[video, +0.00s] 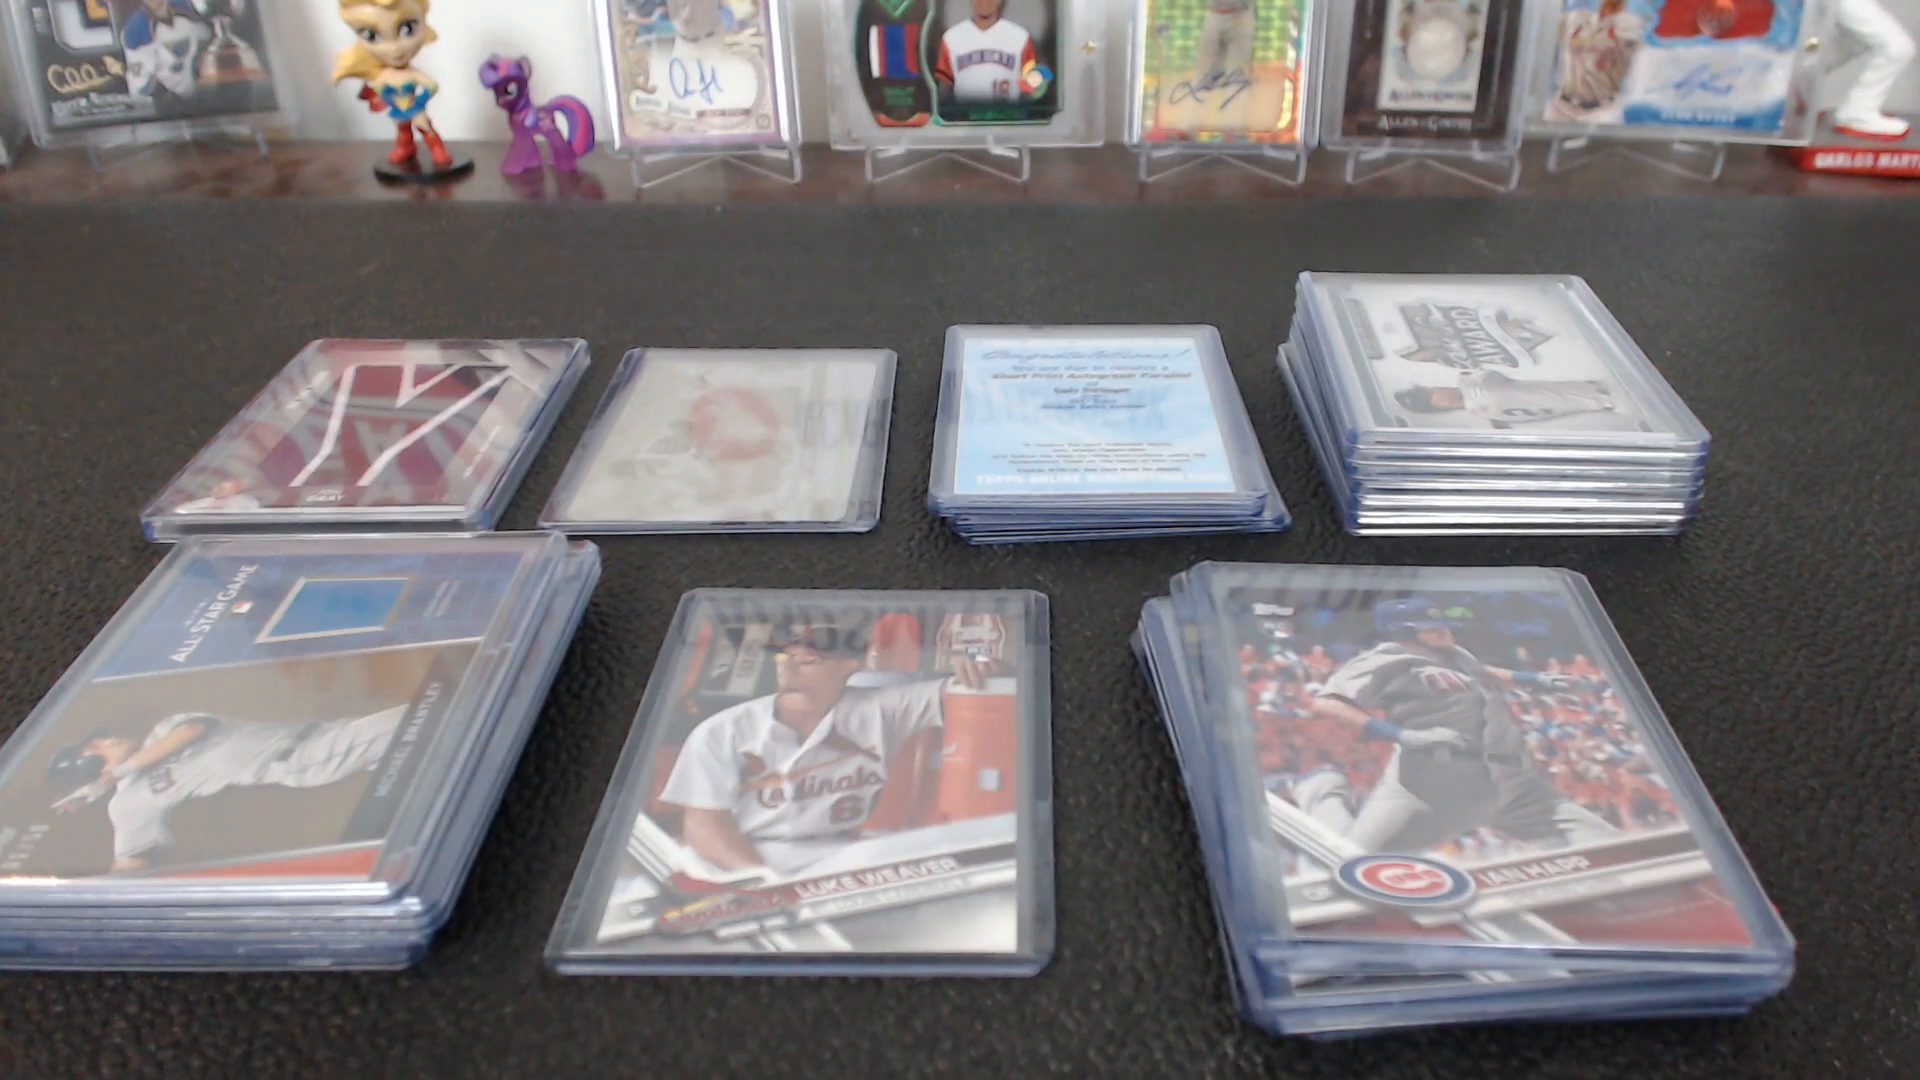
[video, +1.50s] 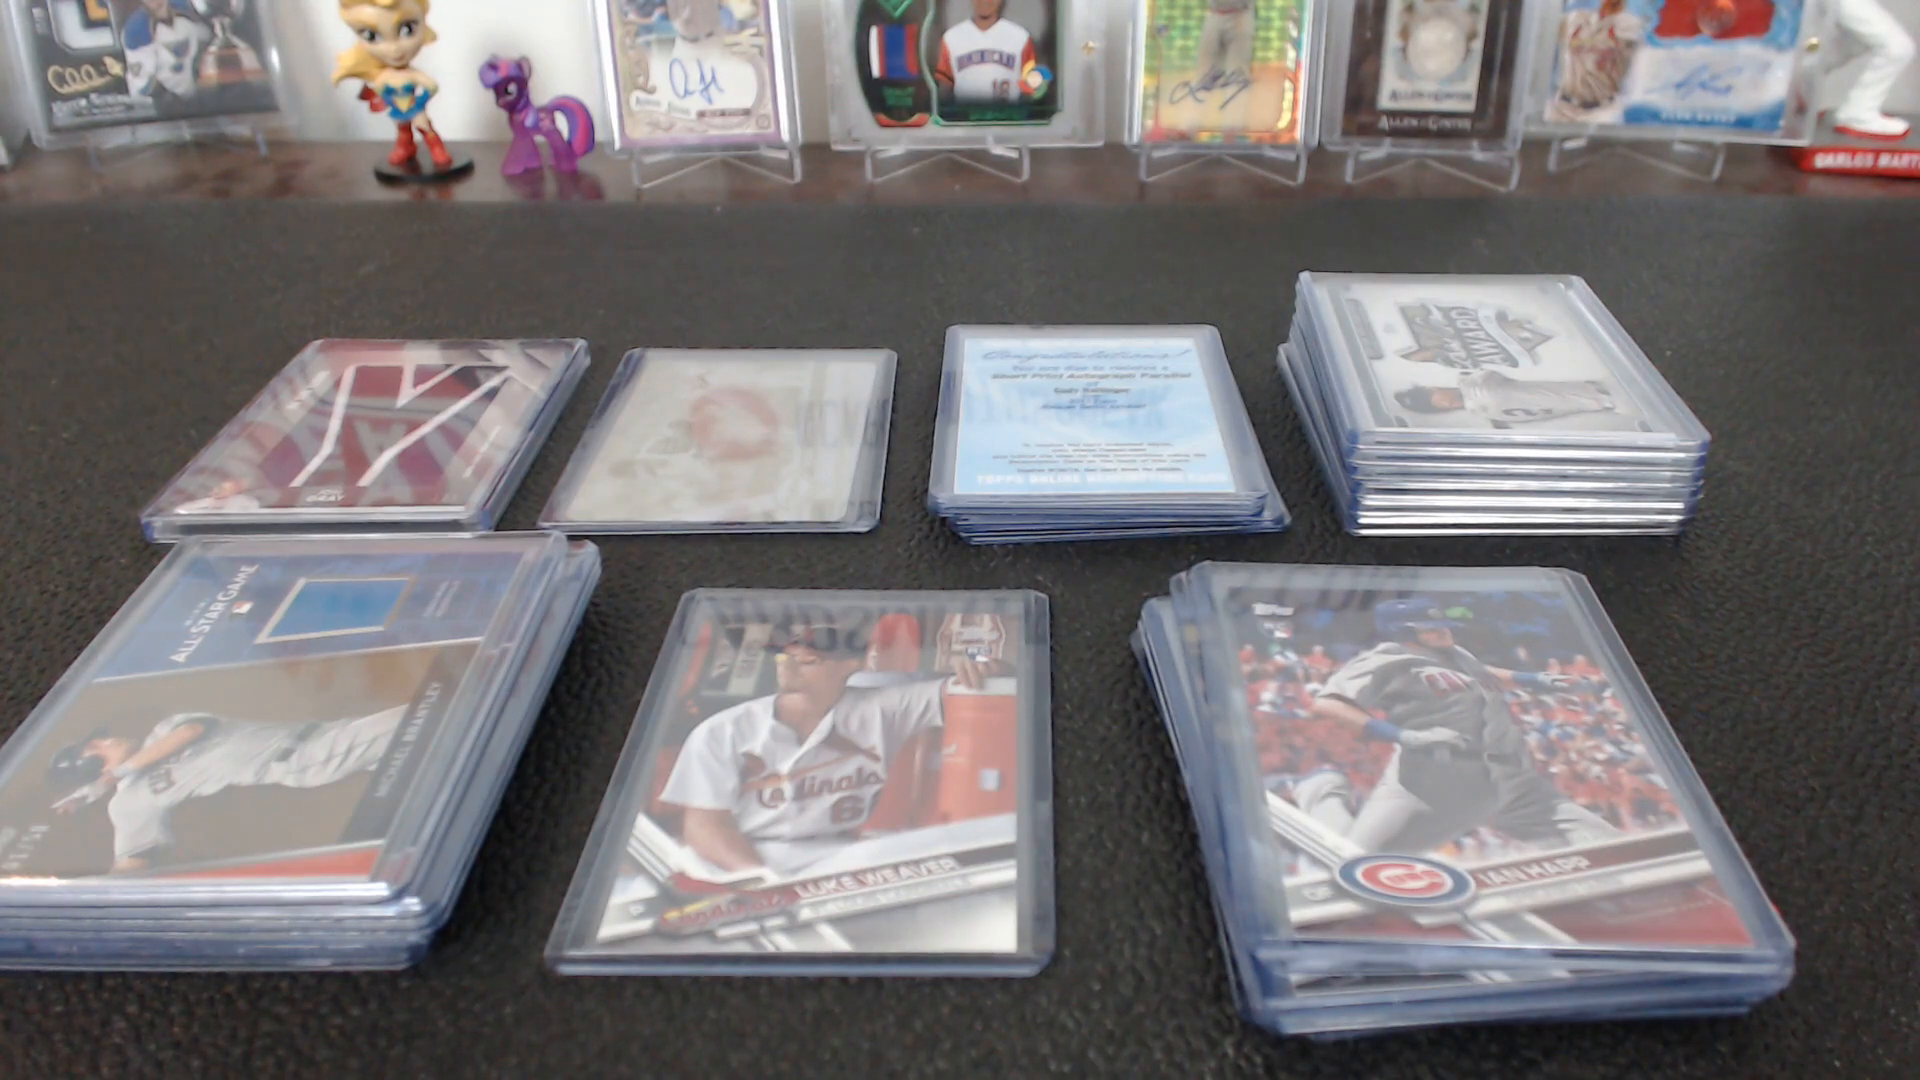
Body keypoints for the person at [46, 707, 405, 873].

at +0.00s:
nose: (110, 740)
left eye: (99, 740)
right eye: (99, 746)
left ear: (106, 742)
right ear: (100, 769)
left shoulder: (162, 728)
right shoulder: (131, 800)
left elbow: (193, 732)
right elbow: (129, 870)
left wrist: (113, 777)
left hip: (312, 731)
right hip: (299, 760)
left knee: (418, 717)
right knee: (415, 717)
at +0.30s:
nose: (109, 740)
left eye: (99, 740)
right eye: (99, 746)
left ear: (106, 743)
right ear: (100, 769)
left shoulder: (161, 728)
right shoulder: (131, 800)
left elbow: (193, 732)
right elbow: (129, 871)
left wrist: (115, 776)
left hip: (312, 731)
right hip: (299, 760)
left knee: (417, 720)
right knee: (414, 717)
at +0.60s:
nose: (109, 739)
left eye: (98, 739)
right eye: (99, 746)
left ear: (107, 742)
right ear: (100, 769)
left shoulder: (162, 727)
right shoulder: (131, 799)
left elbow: (193, 732)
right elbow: (130, 869)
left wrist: (116, 774)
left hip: (311, 731)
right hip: (299, 760)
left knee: (415, 720)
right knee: (412, 716)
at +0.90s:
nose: (108, 739)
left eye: (98, 739)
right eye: (99, 746)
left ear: (107, 744)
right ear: (100, 769)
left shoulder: (162, 727)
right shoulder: (131, 798)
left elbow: (193, 732)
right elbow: (130, 869)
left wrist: (116, 774)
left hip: (312, 731)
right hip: (299, 759)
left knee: (415, 720)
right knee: (413, 717)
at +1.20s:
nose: (110, 740)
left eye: (99, 740)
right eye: (100, 746)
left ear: (106, 742)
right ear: (100, 766)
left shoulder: (162, 727)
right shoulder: (131, 799)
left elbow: (193, 732)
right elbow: (129, 870)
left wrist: (117, 774)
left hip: (311, 732)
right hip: (298, 760)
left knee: (415, 720)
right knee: (413, 717)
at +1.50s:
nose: (109, 740)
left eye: (99, 739)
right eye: (99, 746)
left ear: (106, 742)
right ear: (100, 767)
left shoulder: (162, 727)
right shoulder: (131, 799)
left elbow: (193, 732)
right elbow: (129, 870)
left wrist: (118, 773)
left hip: (310, 731)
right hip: (298, 760)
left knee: (414, 721)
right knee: (412, 717)